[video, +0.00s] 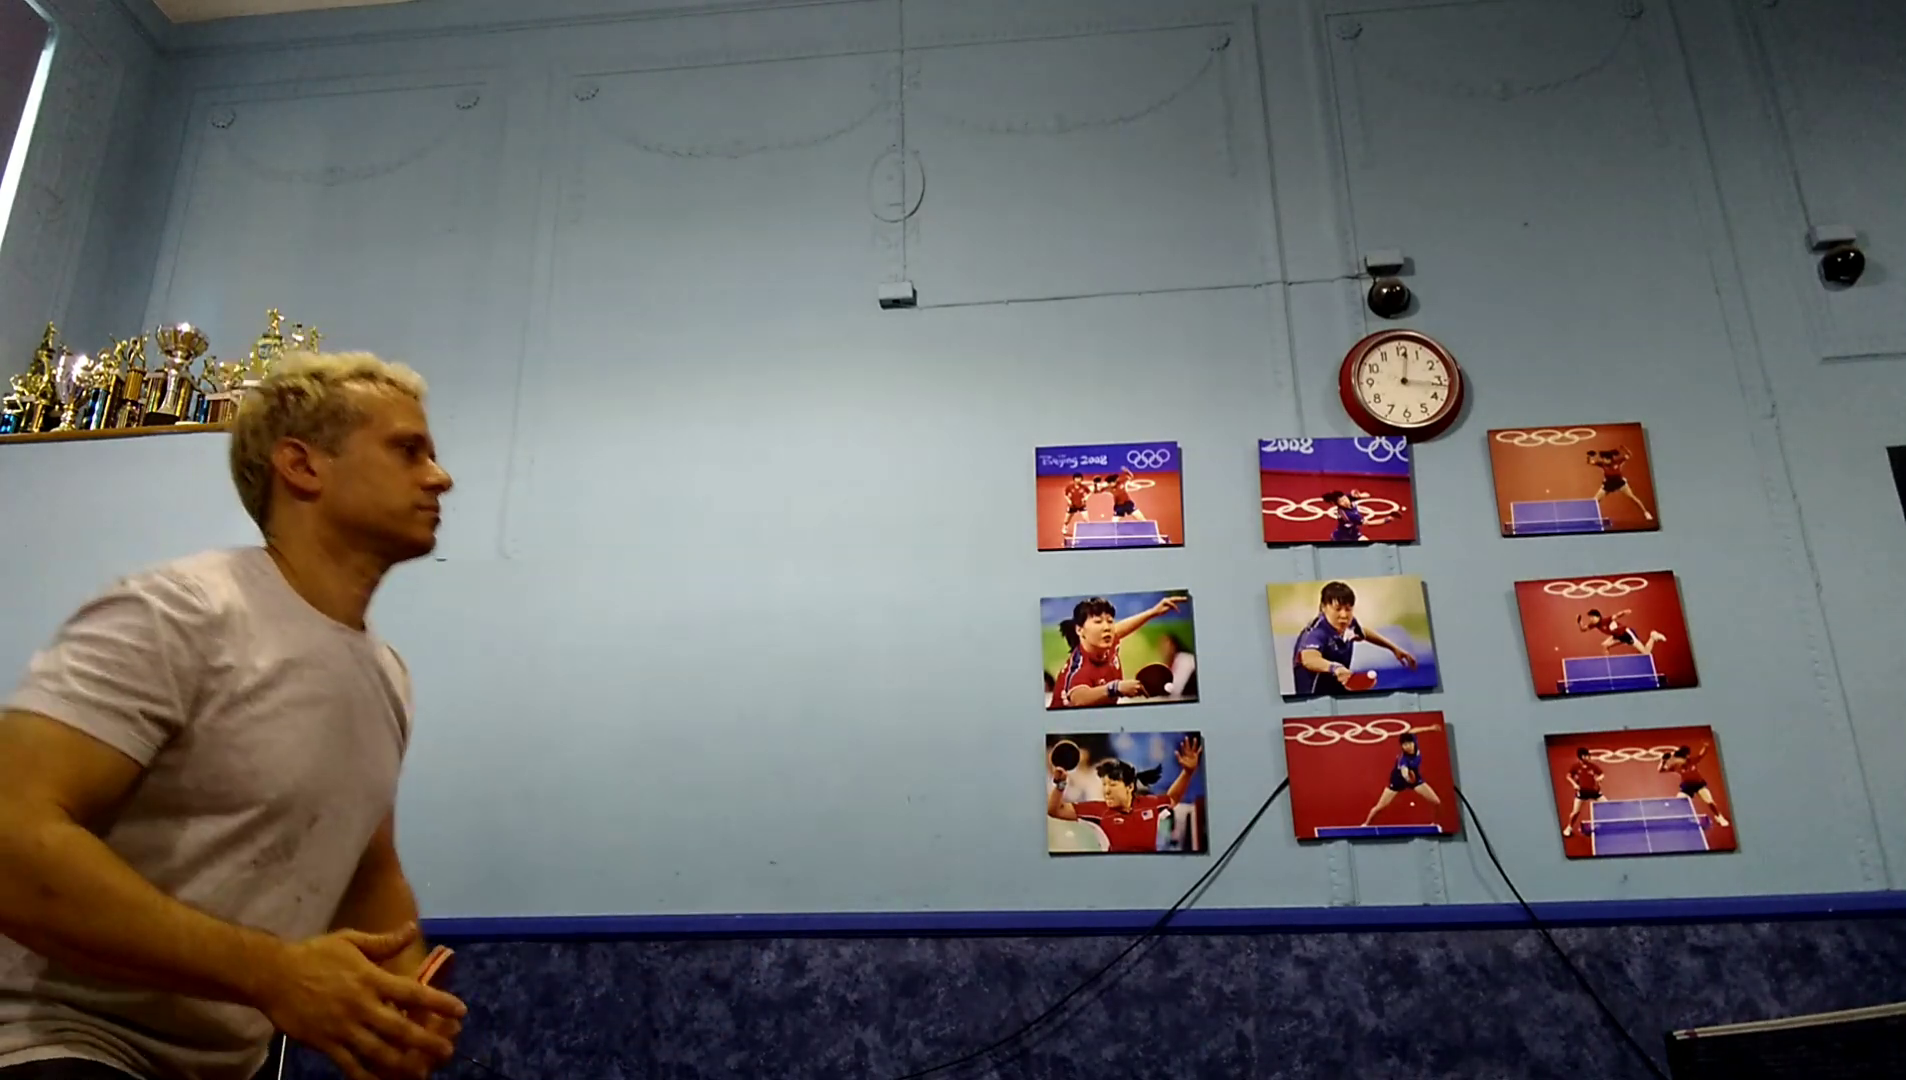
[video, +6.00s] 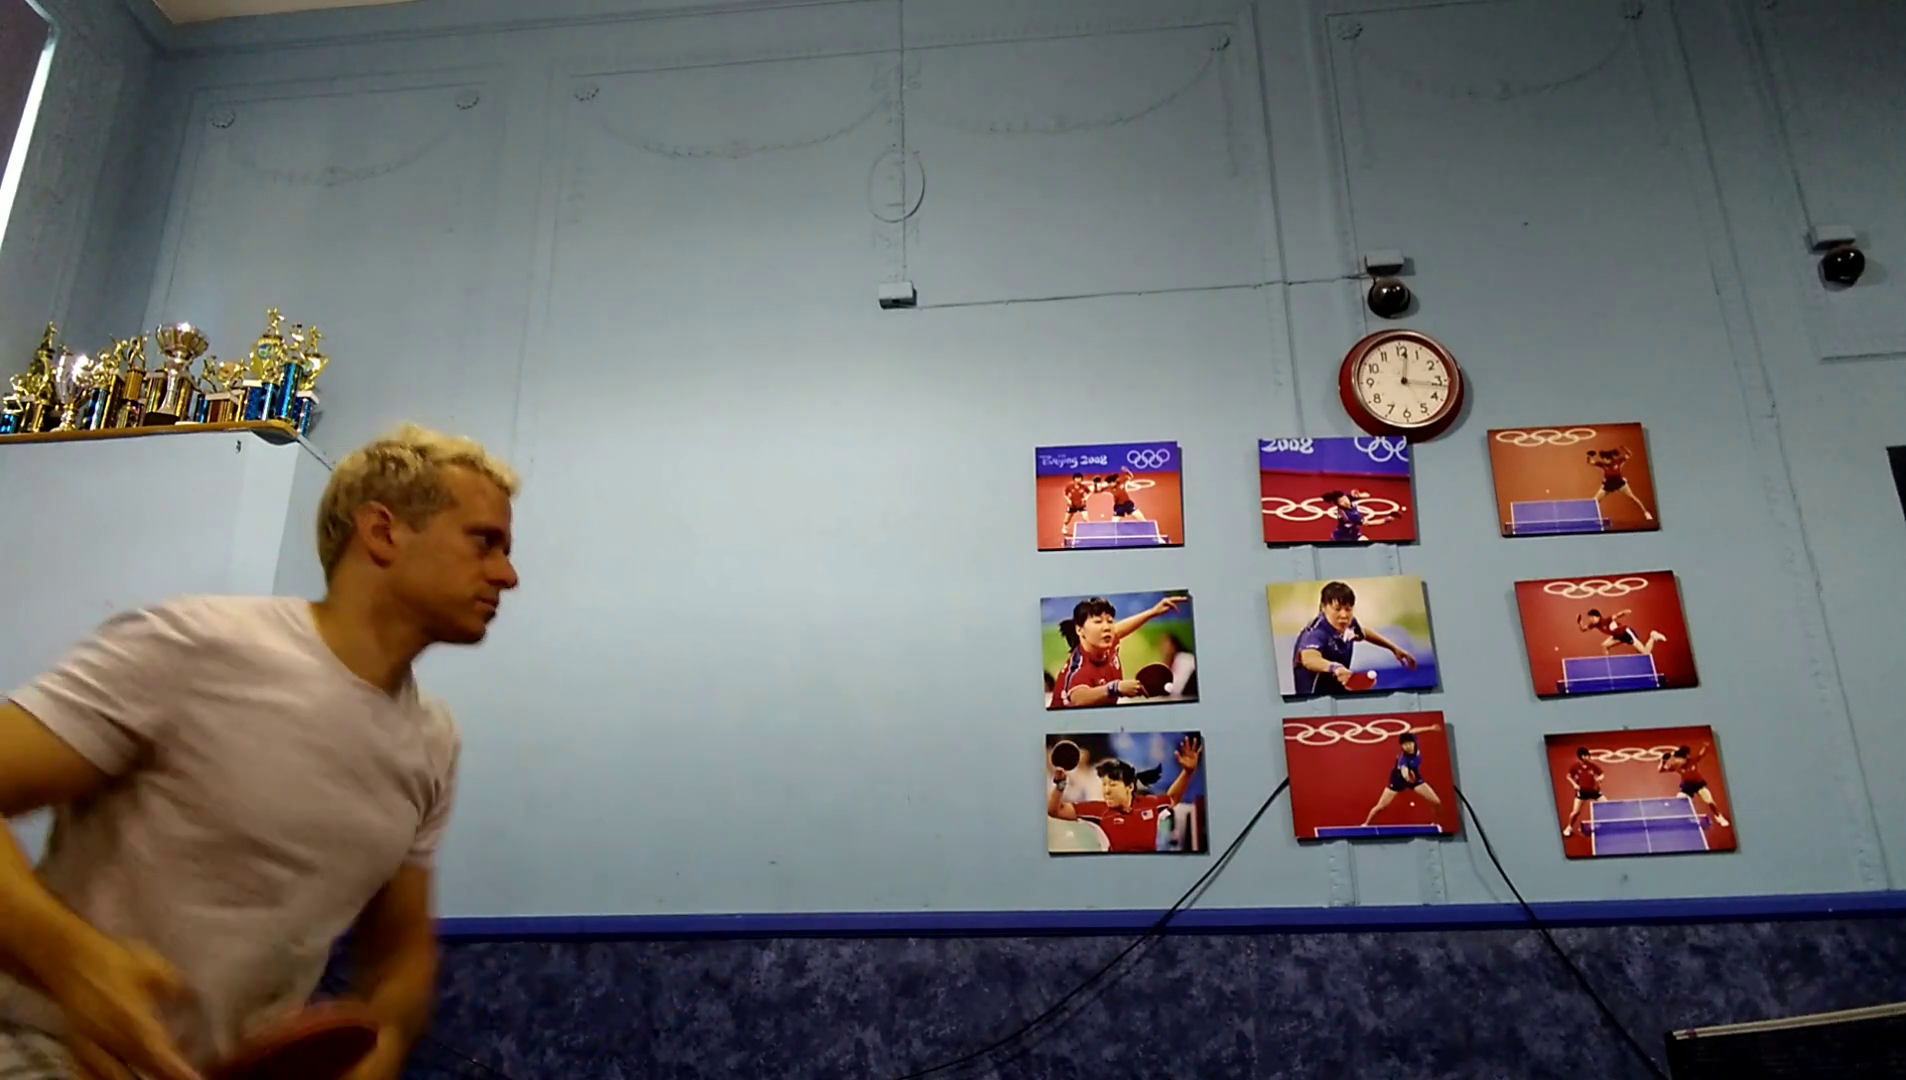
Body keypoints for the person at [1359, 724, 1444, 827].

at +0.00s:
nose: (1408, 747)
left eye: (1409, 744)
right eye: (1405, 745)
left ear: (1413, 743)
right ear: (1402, 747)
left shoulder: (1416, 747)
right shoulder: (1403, 759)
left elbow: (1414, 731)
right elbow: (1404, 772)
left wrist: (1431, 728)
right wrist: (1409, 779)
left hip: (1414, 780)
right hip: (1398, 781)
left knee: (1436, 802)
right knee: (1381, 806)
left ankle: (1434, 823)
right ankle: (1366, 823)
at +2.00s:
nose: (1408, 747)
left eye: (1409, 744)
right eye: (1405, 745)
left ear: (1414, 743)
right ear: (1402, 746)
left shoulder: (1416, 748)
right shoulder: (1403, 758)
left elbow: (1414, 731)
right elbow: (1404, 771)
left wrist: (1431, 728)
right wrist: (1409, 778)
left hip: (1415, 779)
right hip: (1398, 781)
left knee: (1436, 802)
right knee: (1381, 806)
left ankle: (1435, 823)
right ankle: (1366, 823)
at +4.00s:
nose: (1408, 747)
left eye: (1409, 744)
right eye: (1405, 745)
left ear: (1414, 743)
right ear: (1402, 746)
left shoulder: (1416, 747)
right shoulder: (1403, 759)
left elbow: (1413, 731)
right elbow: (1404, 771)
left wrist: (1431, 728)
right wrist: (1409, 778)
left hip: (1415, 779)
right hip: (1398, 781)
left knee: (1436, 802)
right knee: (1381, 806)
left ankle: (1435, 824)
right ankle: (1366, 823)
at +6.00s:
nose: (1408, 747)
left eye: (1409, 744)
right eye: (1405, 745)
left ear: (1414, 743)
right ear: (1402, 746)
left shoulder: (1416, 747)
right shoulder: (1403, 758)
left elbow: (1414, 731)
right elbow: (1404, 770)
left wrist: (1431, 728)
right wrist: (1408, 778)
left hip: (1414, 779)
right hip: (1398, 781)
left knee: (1436, 801)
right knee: (1381, 806)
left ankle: (1436, 823)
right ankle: (1366, 823)